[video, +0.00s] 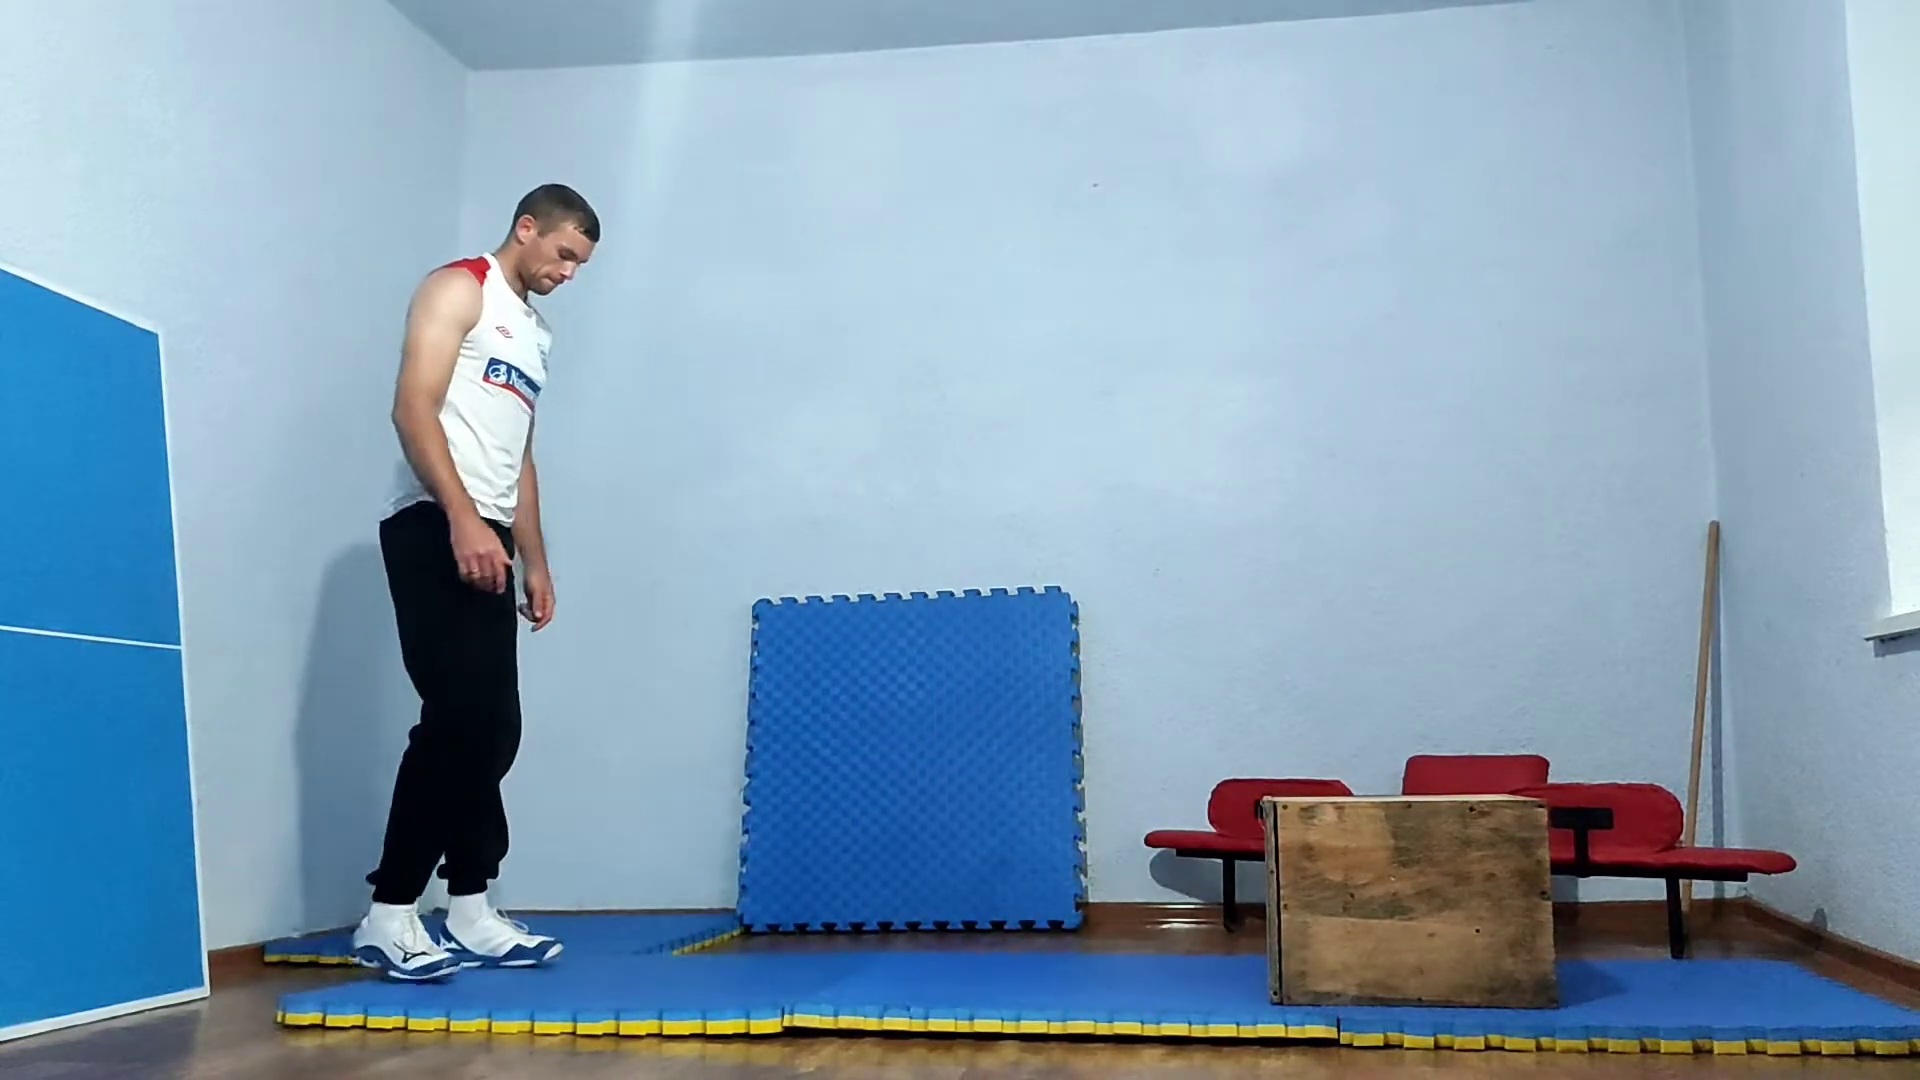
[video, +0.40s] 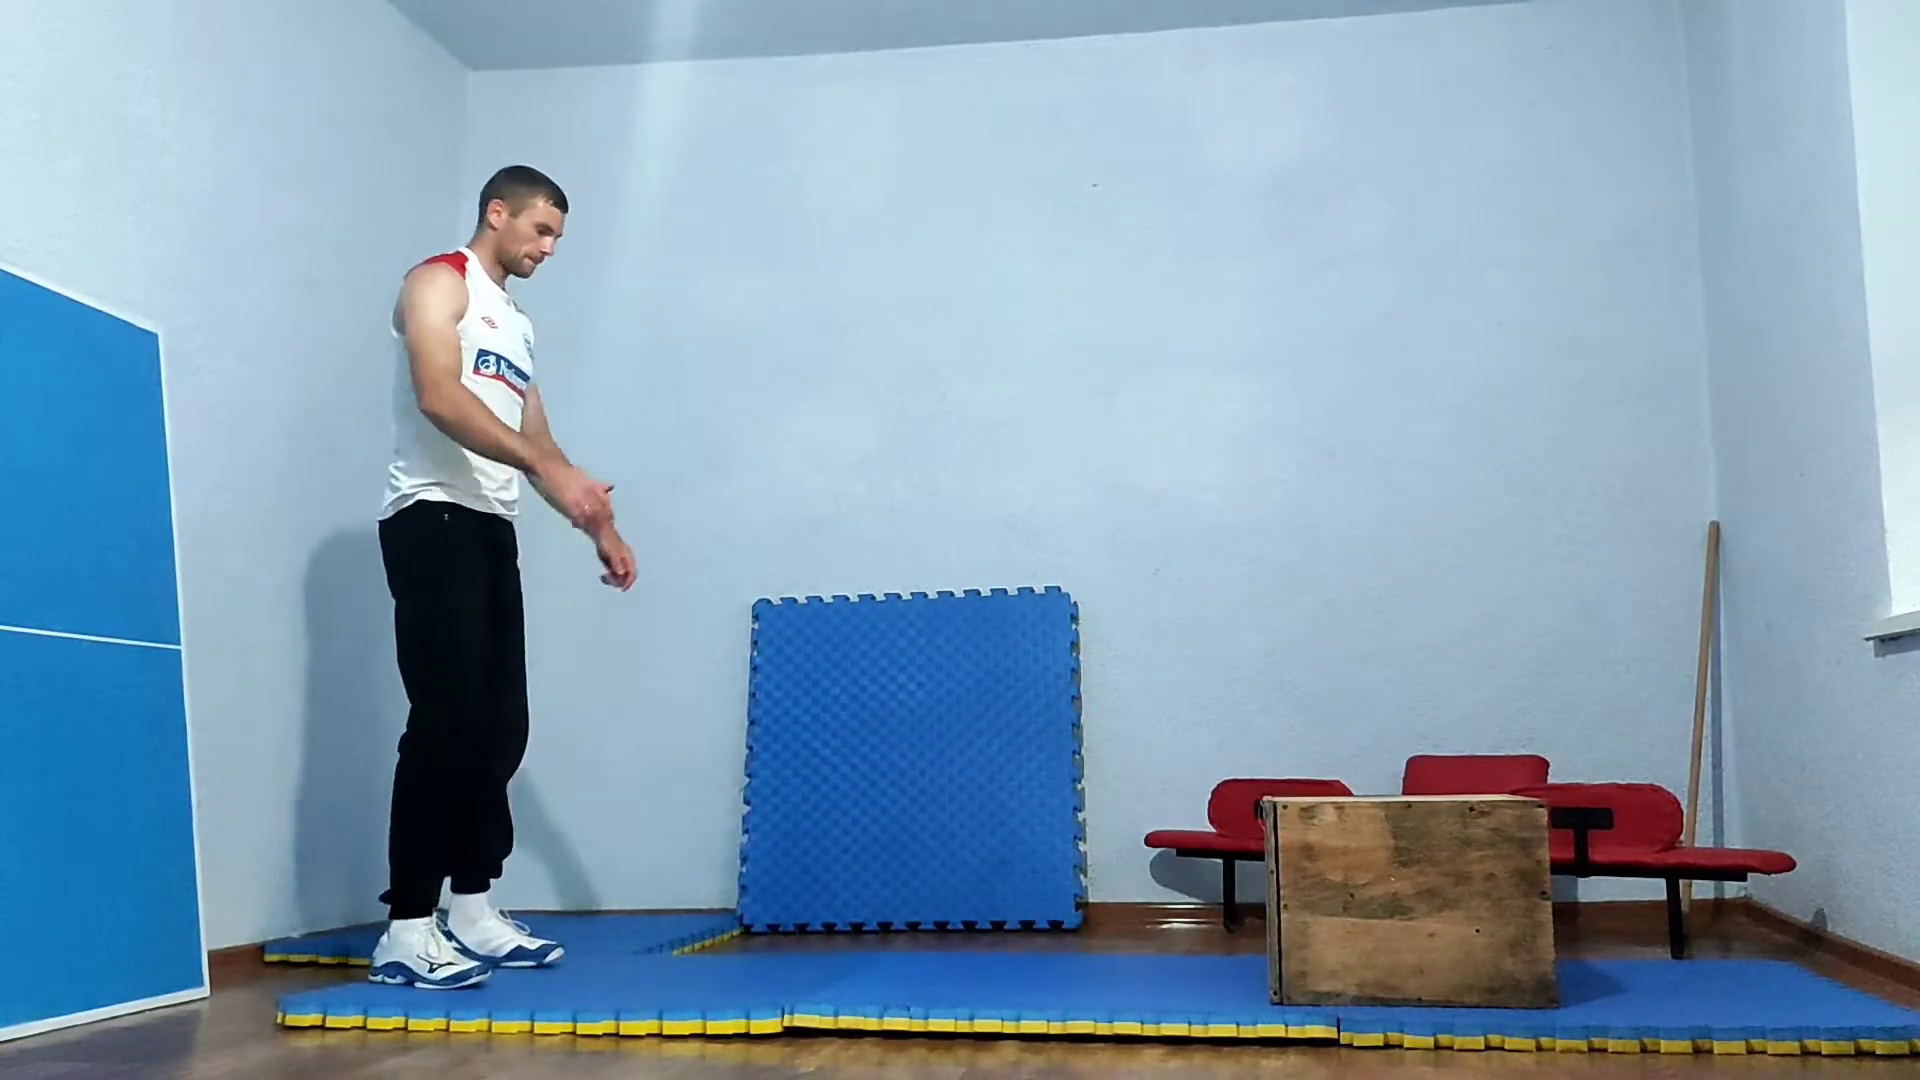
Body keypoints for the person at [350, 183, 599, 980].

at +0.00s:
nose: (568, 272)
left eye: (578, 262)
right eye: (562, 253)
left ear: (574, 261)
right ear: (524, 229)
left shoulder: (533, 328)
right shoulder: (456, 291)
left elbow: (519, 455)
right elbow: (414, 411)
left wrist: (535, 557)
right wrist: (462, 518)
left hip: (489, 541)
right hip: (432, 530)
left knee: (494, 726)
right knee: (457, 719)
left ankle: (468, 910)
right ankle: (388, 915)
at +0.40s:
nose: (548, 248)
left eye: (555, 238)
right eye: (542, 230)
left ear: (536, 235)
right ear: (496, 212)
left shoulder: (513, 323)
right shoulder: (439, 281)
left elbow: (539, 447)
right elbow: (440, 397)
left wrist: (600, 526)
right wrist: (545, 464)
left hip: (491, 535)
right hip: (434, 529)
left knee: (500, 725)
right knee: (443, 721)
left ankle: (469, 910)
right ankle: (407, 929)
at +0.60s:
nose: (535, 236)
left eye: (540, 224)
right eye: (525, 218)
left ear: (513, 222)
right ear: (477, 207)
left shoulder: (504, 318)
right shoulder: (427, 273)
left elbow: (591, 392)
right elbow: (496, 321)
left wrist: (696, 397)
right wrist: (625, 322)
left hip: (484, 529)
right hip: (426, 523)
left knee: (503, 726)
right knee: (438, 721)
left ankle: (470, 909)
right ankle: (406, 931)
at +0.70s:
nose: (532, 226)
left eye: (536, 217)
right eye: (521, 211)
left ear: (518, 220)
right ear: (471, 205)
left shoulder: (511, 309)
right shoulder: (423, 277)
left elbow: (620, 331)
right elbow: (519, 257)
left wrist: (709, 289)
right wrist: (637, 219)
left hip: (488, 529)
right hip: (430, 523)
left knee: (497, 726)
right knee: (440, 721)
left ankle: (468, 909)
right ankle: (404, 930)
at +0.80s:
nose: (534, 224)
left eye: (536, 212)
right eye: (521, 208)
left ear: (521, 219)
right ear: (474, 206)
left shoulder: (517, 294)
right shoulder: (434, 273)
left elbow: (618, 268)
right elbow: (509, 198)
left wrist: (694, 197)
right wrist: (622, 132)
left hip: (495, 525)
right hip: (438, 521)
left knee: (499, 726)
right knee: (454, 718)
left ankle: (468, 908)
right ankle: (406, 927)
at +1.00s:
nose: (534, 202)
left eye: (540, 194)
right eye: (520, 186)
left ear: (539, 209)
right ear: (483, 187)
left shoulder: (522, 276)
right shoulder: (444, 256)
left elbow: (590, 194)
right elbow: (497, 134)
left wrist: (628, 89)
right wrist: (561, 40)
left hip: (516, 519)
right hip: (456, 514)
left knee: (514, 719)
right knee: (460, 716)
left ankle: (472, 908)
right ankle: (407, 925)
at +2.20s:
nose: (576, 224)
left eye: (578, 210)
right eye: (566, 207)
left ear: (551, 215)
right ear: (515, 202)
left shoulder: (549, 296)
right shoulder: (472, 262)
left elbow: (655, 247)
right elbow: (580, 199)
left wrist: (724, 164)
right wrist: (677, 118)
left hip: (506, 534)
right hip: (442, 518)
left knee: (515, 724)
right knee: (455, 718)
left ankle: (472, 910)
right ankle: (405, 927)